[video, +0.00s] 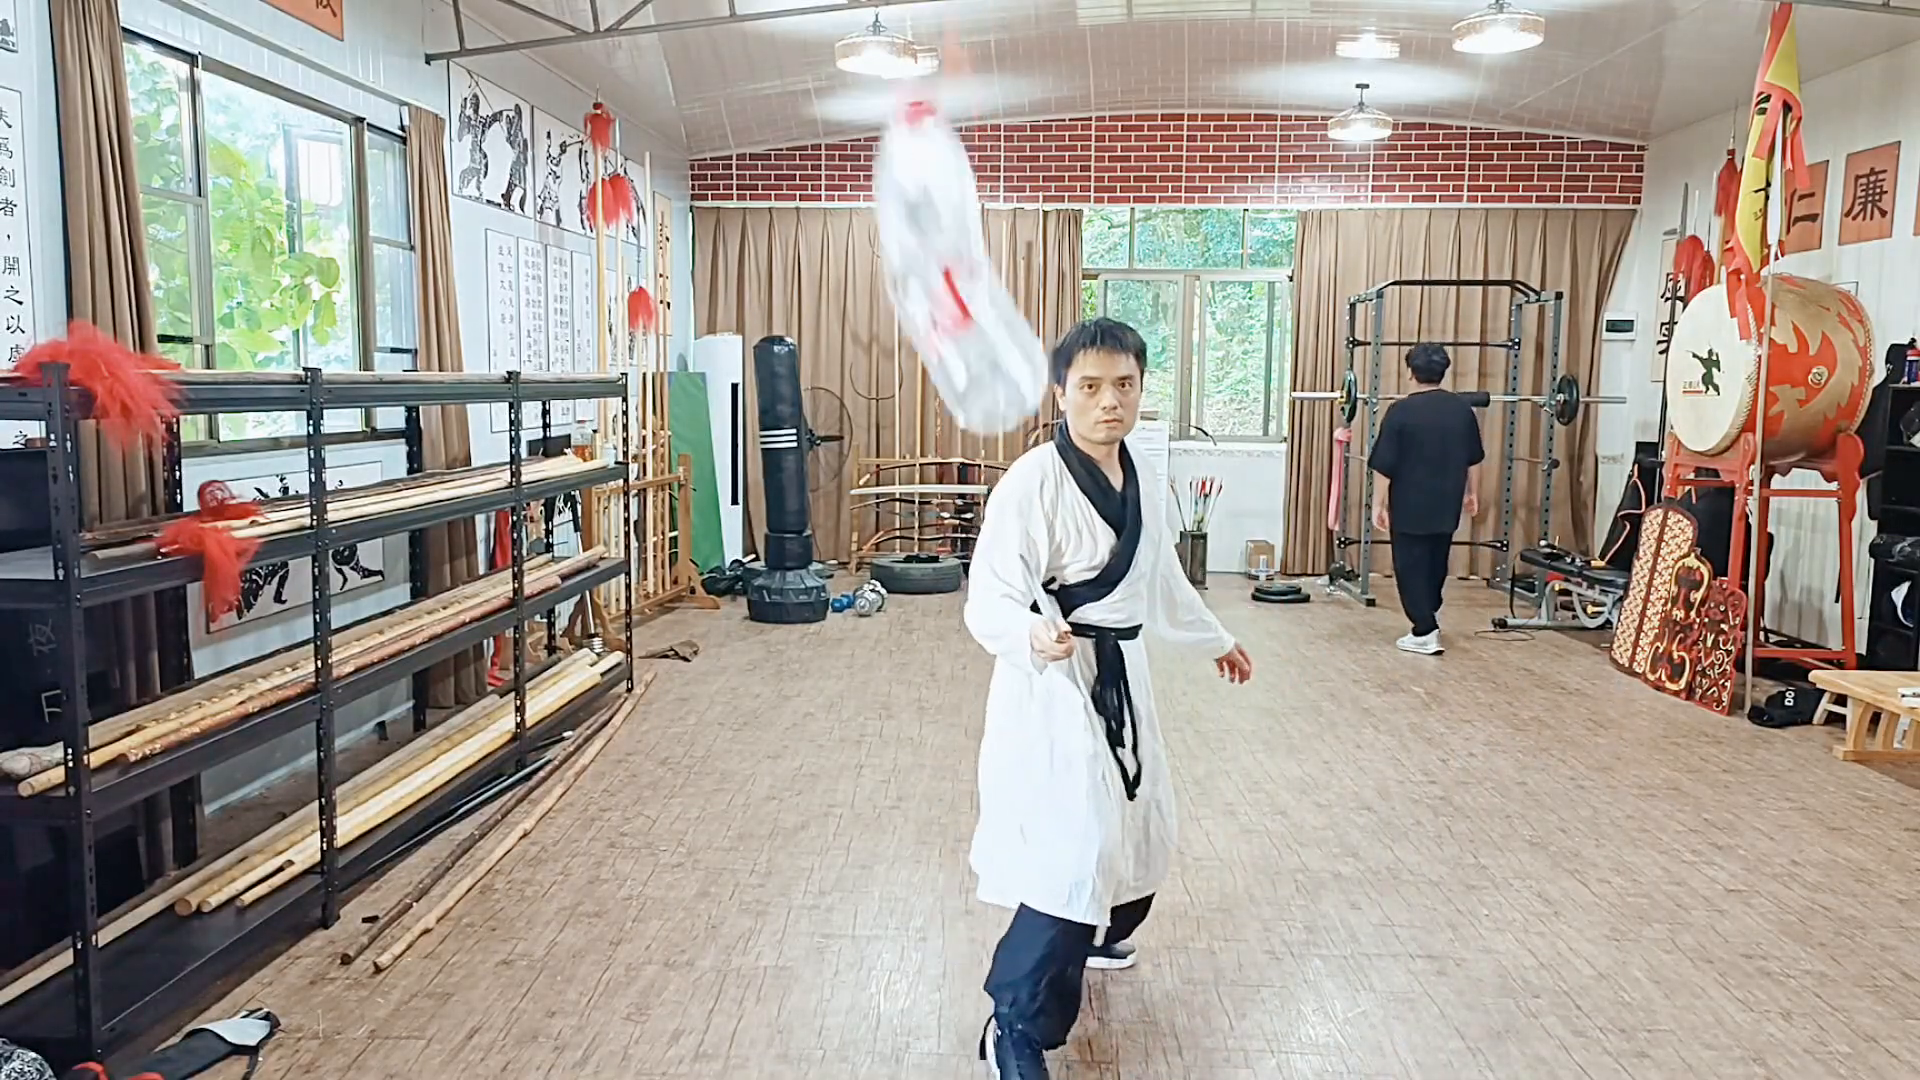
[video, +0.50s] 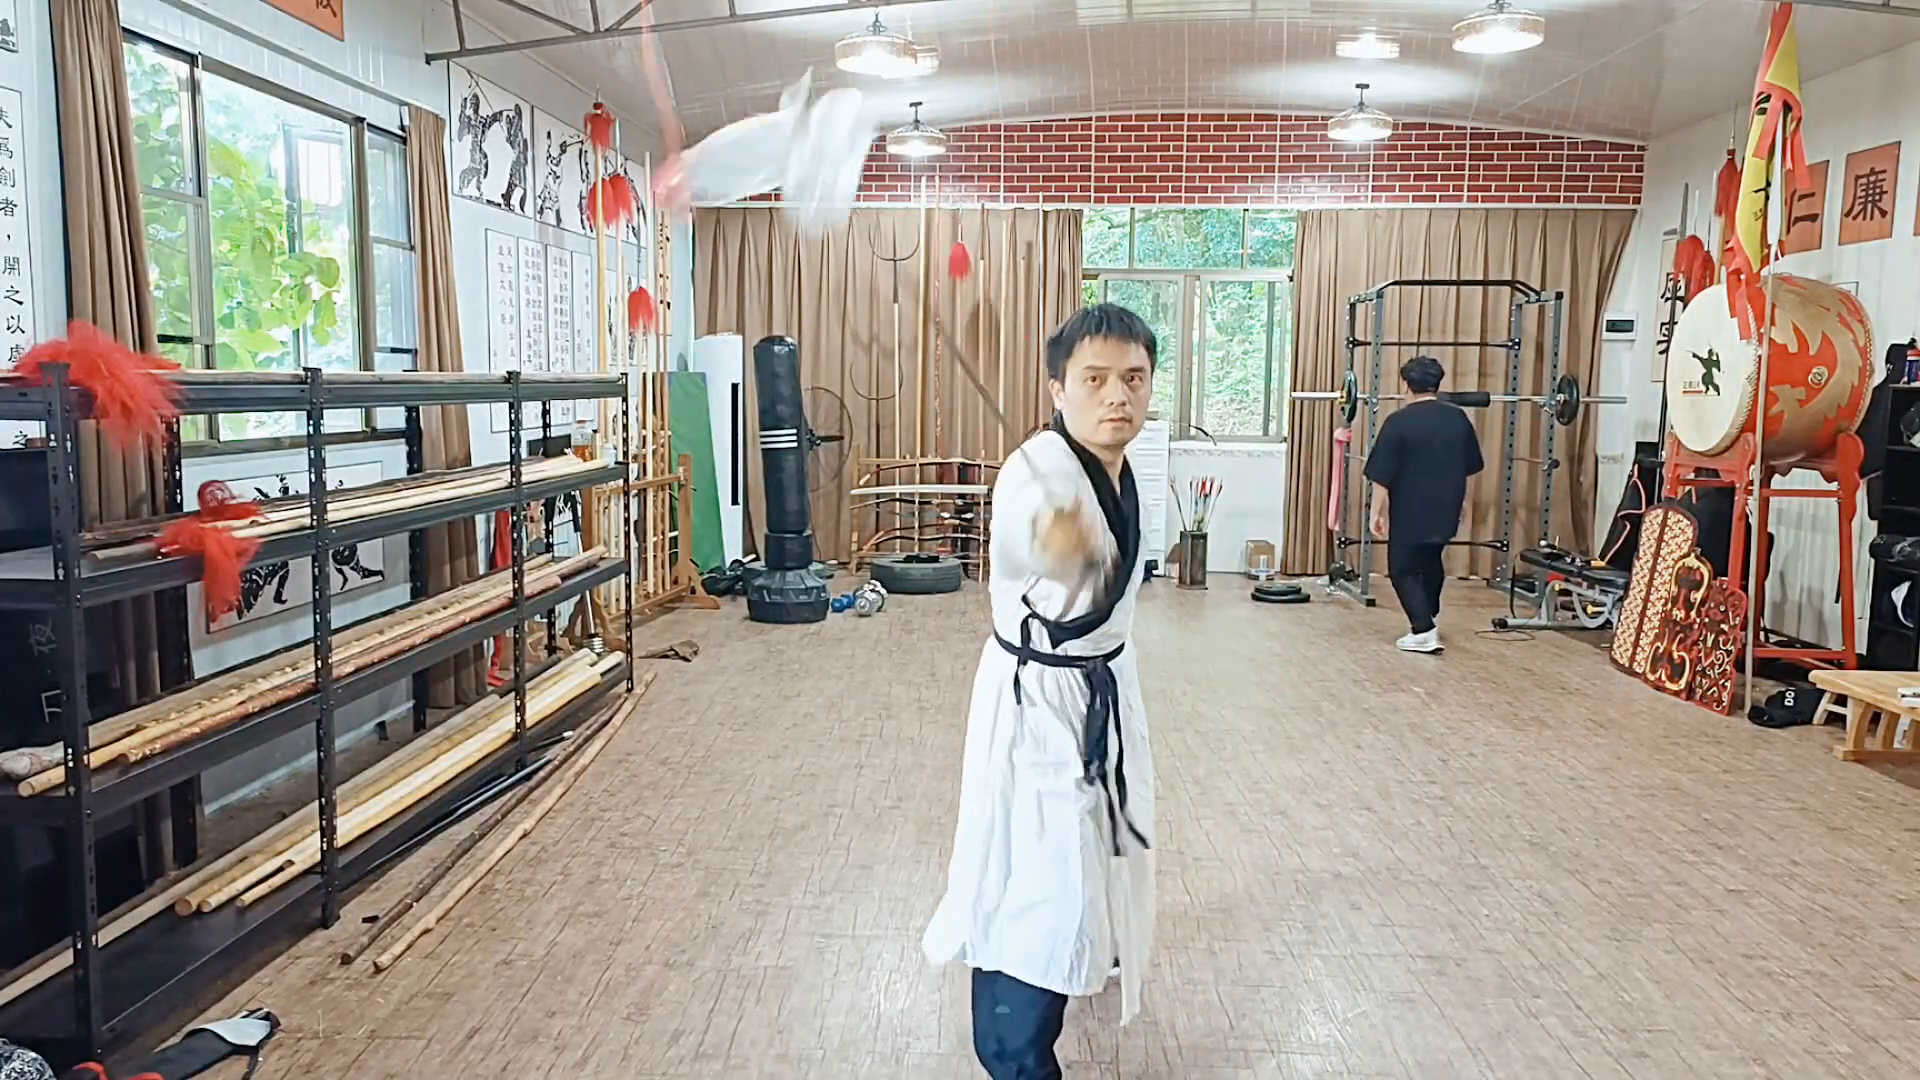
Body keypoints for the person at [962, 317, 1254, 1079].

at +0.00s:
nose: (1110, 401)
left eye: (1124, 385)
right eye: (1091, 386)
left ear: (1141, 390)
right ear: (1060, 393)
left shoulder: (1145, 466)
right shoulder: (1031, 483)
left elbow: (1160, 573)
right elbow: (988, 599)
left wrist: (1217, 639)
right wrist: (1032, 633)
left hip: (1125, 672)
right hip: (1053, 681)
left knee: (1138, 816)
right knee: (1076, 850)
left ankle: (1099, 933)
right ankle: (1015, 1033)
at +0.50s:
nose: (1118, 395)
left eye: (1134, 376)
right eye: (1096, 377)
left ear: (1150, 388)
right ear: (1058, 389)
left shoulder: (1134, 467)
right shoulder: (1033, 473)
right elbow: (1029, 539)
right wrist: (1059, 542)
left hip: (1106, 686)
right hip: (1035, 696)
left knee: (1087, 863)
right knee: (1041, 878)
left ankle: (1033, 1041)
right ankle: (1015, 1050)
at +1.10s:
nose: (1124, 363)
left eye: (1136, 349)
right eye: (1105, 350)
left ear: (1151, 365)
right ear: (1071, 365)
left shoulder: (1136, 450)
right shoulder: (1038, 460)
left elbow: (1133, 558)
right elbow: (991, 578)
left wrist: (1183, 615)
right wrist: (1016, 659)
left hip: (1116, 663)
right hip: (1053, 673)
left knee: (1116, 805)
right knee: (1043, 837)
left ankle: (1080, 934)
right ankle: (1015, 1036)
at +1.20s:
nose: (1127, 337)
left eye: (1137, 324)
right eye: (1108, 324)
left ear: (1149, 340)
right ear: (1071, 339)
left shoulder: (1138, 429)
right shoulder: (1035, 435)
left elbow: (1136, 534)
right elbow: (997, 555)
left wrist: (1182, 583)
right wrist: (1029, 635)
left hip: (1116, 636)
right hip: (1054, 646)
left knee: (1127, 786)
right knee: (1073, 806)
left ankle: (1078, 924)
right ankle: (1023, 967)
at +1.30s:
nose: (1120, 338)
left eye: (1130, 325)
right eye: (1101, 325)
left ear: (1140, 340)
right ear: (1063, 340)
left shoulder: (1125, 425)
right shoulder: (1031, 433)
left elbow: (1123, 529)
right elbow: (998, 554)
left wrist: (1176, 575)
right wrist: (1043, 625)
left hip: (1108, 629)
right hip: (1047, 642)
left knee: (1124, 774)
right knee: (1077, 807)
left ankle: (1075, 904)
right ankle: (1034, 969)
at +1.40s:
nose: (1107, 357)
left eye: (1118, 342)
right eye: (1088, 345)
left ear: (1130, 354)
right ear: (1053, 359)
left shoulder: (1125, 440)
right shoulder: (1024, 455)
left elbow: (1122, 541)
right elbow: (999, 569)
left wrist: (1169, 590)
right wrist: (1047, 621)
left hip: (1106, 633)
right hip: (1041, 647)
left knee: (1106, 759)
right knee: (1066, 798)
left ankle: (1075, 871)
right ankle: (1033, 966)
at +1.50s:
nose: (1100, 372)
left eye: (1109, 358)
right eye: (1081, 361)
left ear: (1122, 368)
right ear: (1050, 374)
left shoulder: (1110, 451)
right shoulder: (1027, 462)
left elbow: (1115, 552)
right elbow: (1004, 573)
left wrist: (1166, 604)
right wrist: (1058, 617)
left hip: (1100, 657)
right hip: (1046, 669)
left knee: (1093, 783)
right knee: (1059, 815)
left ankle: (1077, 881)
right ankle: (1034, 979)